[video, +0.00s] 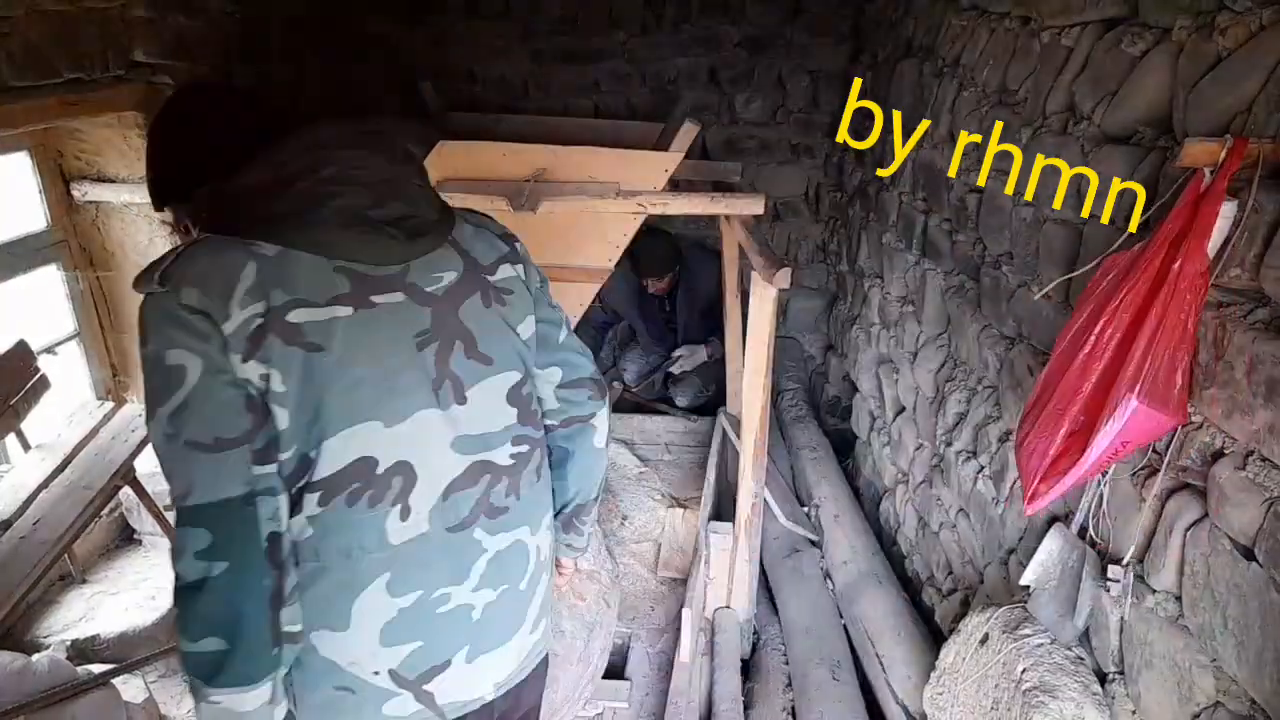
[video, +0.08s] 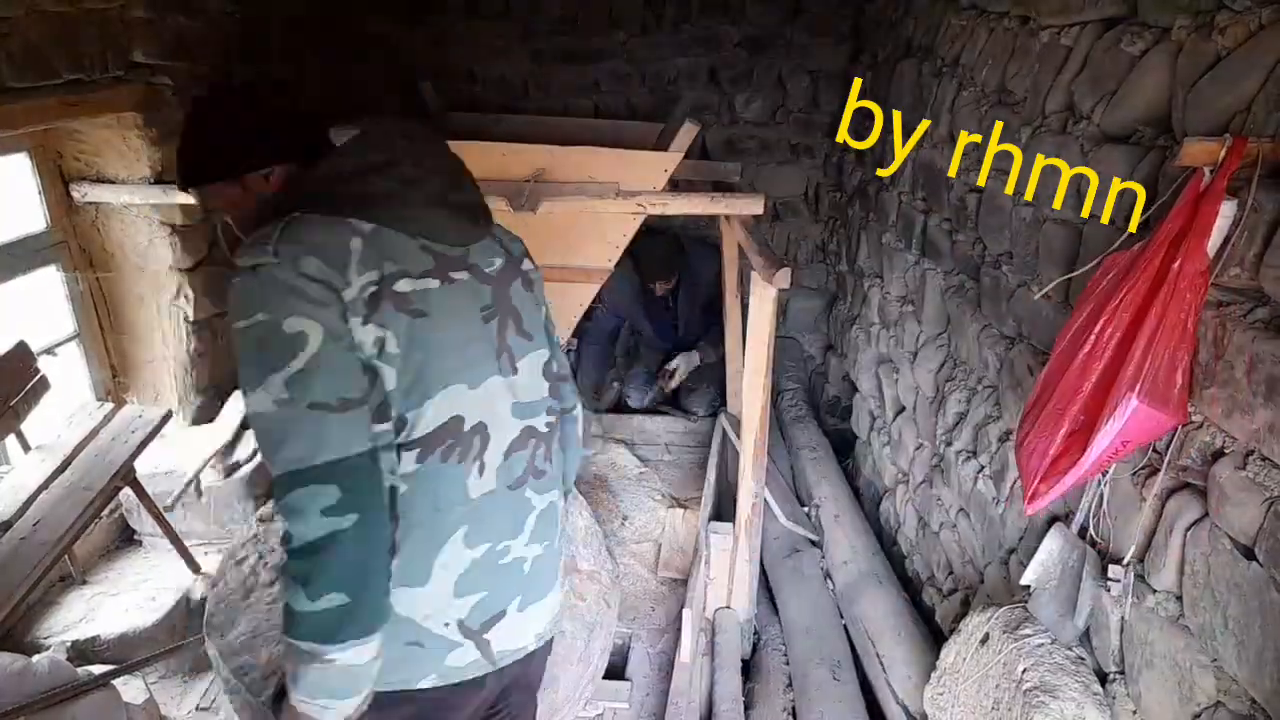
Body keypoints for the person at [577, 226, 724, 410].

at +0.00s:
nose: (651, 289)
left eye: (658, 281)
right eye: (645, 281)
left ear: (675, 272)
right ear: (638, 274)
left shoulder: (708, 277)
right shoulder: (621, 286)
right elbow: (590, 328)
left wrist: (708, 351)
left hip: (699, 347)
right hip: (655, 343)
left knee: (686, 395)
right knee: (632, 375)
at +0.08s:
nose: (658, 292)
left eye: (666, 284)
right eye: (652, 285)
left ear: (679, 272)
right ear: (640, 277)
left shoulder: (708, 268)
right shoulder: (622, 286)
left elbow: (730, 325)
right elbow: (596, 338)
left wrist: (698, 357)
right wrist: (593, 396)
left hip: (700, 347)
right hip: (654, 348)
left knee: (697, 405)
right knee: (636, 399)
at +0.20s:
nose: (666, 308)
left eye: (673, 302)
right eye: (660, 301)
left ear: (688, 291)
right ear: (648, 288)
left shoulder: (710, 289)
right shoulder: (626, 285)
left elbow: (712, 348)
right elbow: (592, 316)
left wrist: (672, 377)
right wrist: (606, 346)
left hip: (692, 357)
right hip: (645, 357)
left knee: (699, 407)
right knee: (637, 405)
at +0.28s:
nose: (652, 328)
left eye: (662, 322)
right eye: (648, 319)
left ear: (681, 314)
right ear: (640, 306)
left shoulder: (709, 309)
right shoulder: (619, 308)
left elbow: (707, 364)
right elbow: (600, 352)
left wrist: (663, 392)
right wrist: (610, 389)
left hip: (685, 364)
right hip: (639, 363)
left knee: (700, 408)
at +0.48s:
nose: (642, 344)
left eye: (651, 338)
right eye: (637, 335)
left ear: (672, 330)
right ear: (630, 325)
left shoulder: (709, 327)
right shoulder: (616, 335)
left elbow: (711, 374)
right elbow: (584, 384)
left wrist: (663, 398)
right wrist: (551, 439)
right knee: (636, 397)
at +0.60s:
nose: (648, 350)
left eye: (657, 345)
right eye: (643, 342)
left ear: (676, 336)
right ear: (635, 329)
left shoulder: (710, 327)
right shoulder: (617, 337)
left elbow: (711, 375)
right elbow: (583, 386)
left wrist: (663, 396)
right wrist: (551, 444)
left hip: (690, 366)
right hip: (643, 371)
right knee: (633, 396)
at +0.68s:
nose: (648, 351)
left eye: (657, 346)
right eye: (643, 343)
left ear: (676, 336)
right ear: (634, 329)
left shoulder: (709, 327)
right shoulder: (615, 338)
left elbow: (712, 374)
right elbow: (581, 385)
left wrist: (662, 397)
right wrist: (550, 440)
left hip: (690, 366)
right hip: (643, 372)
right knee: (632, 396)